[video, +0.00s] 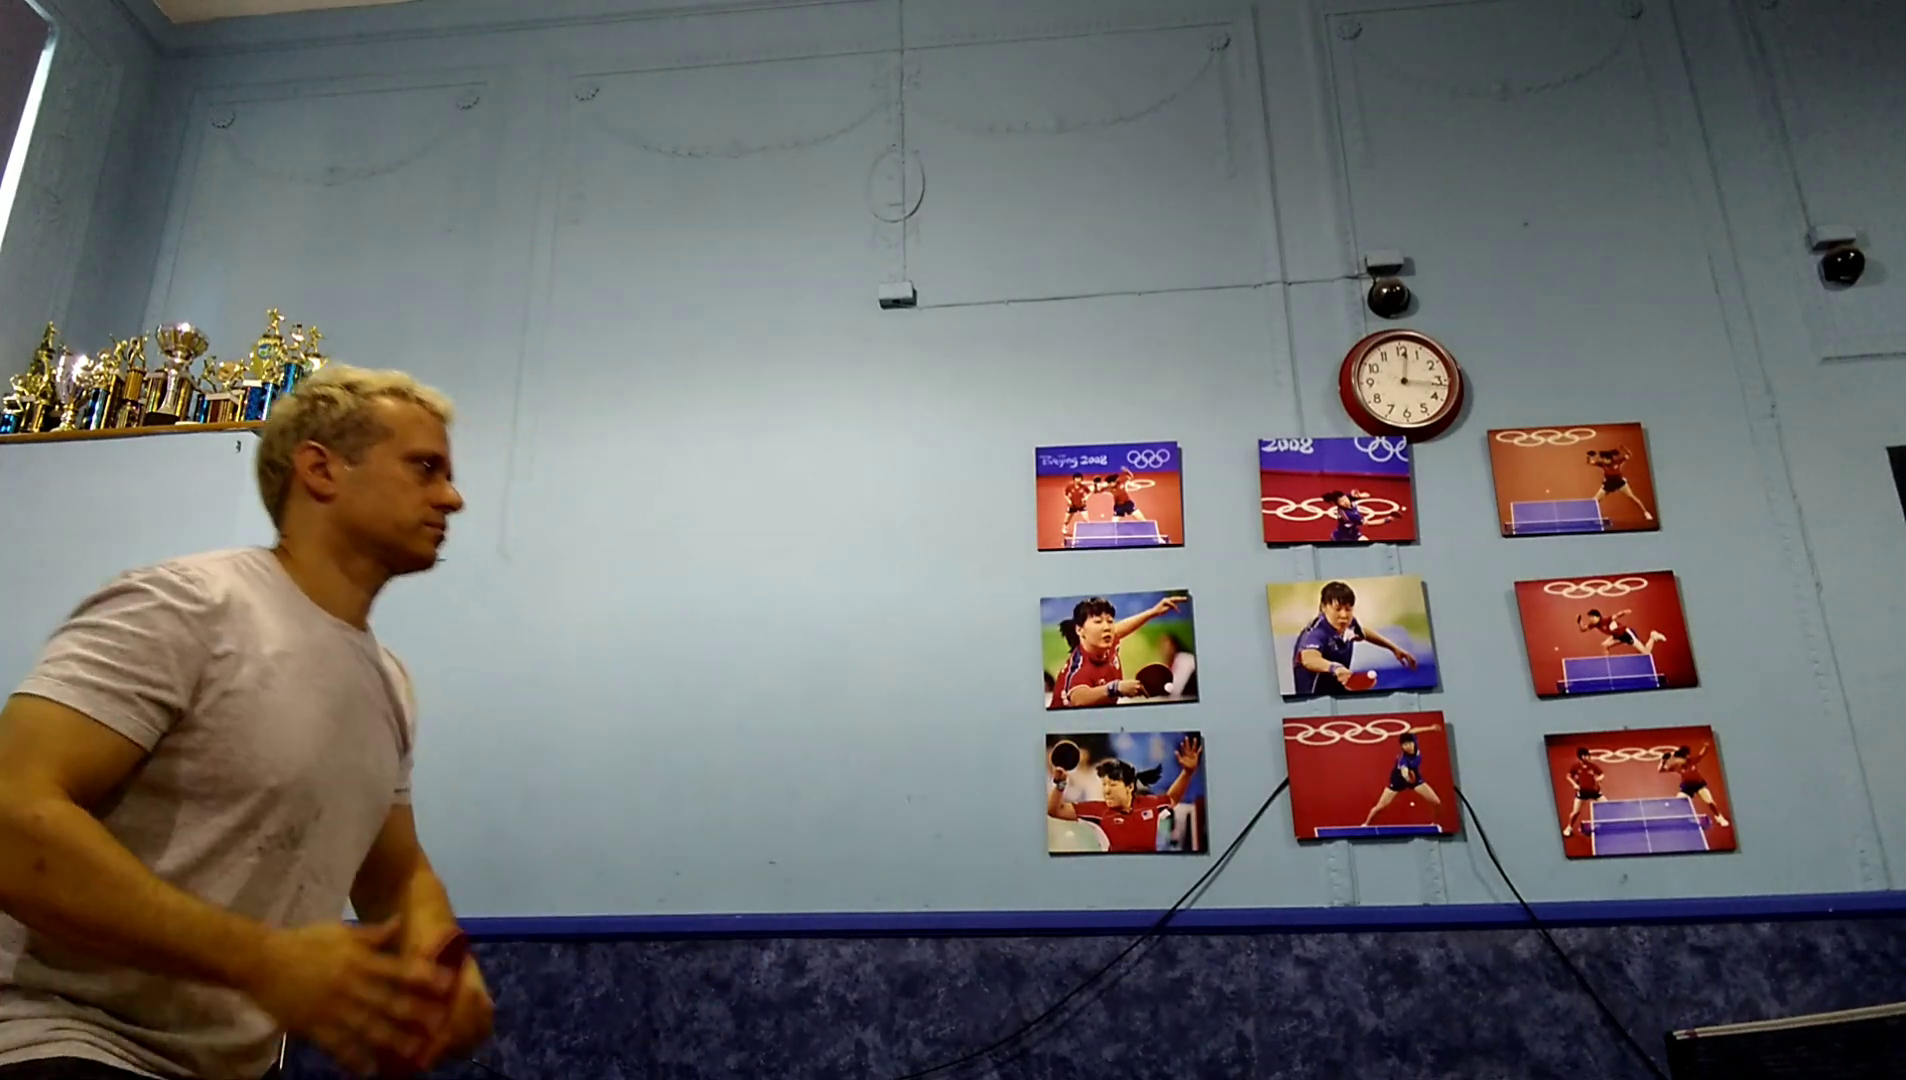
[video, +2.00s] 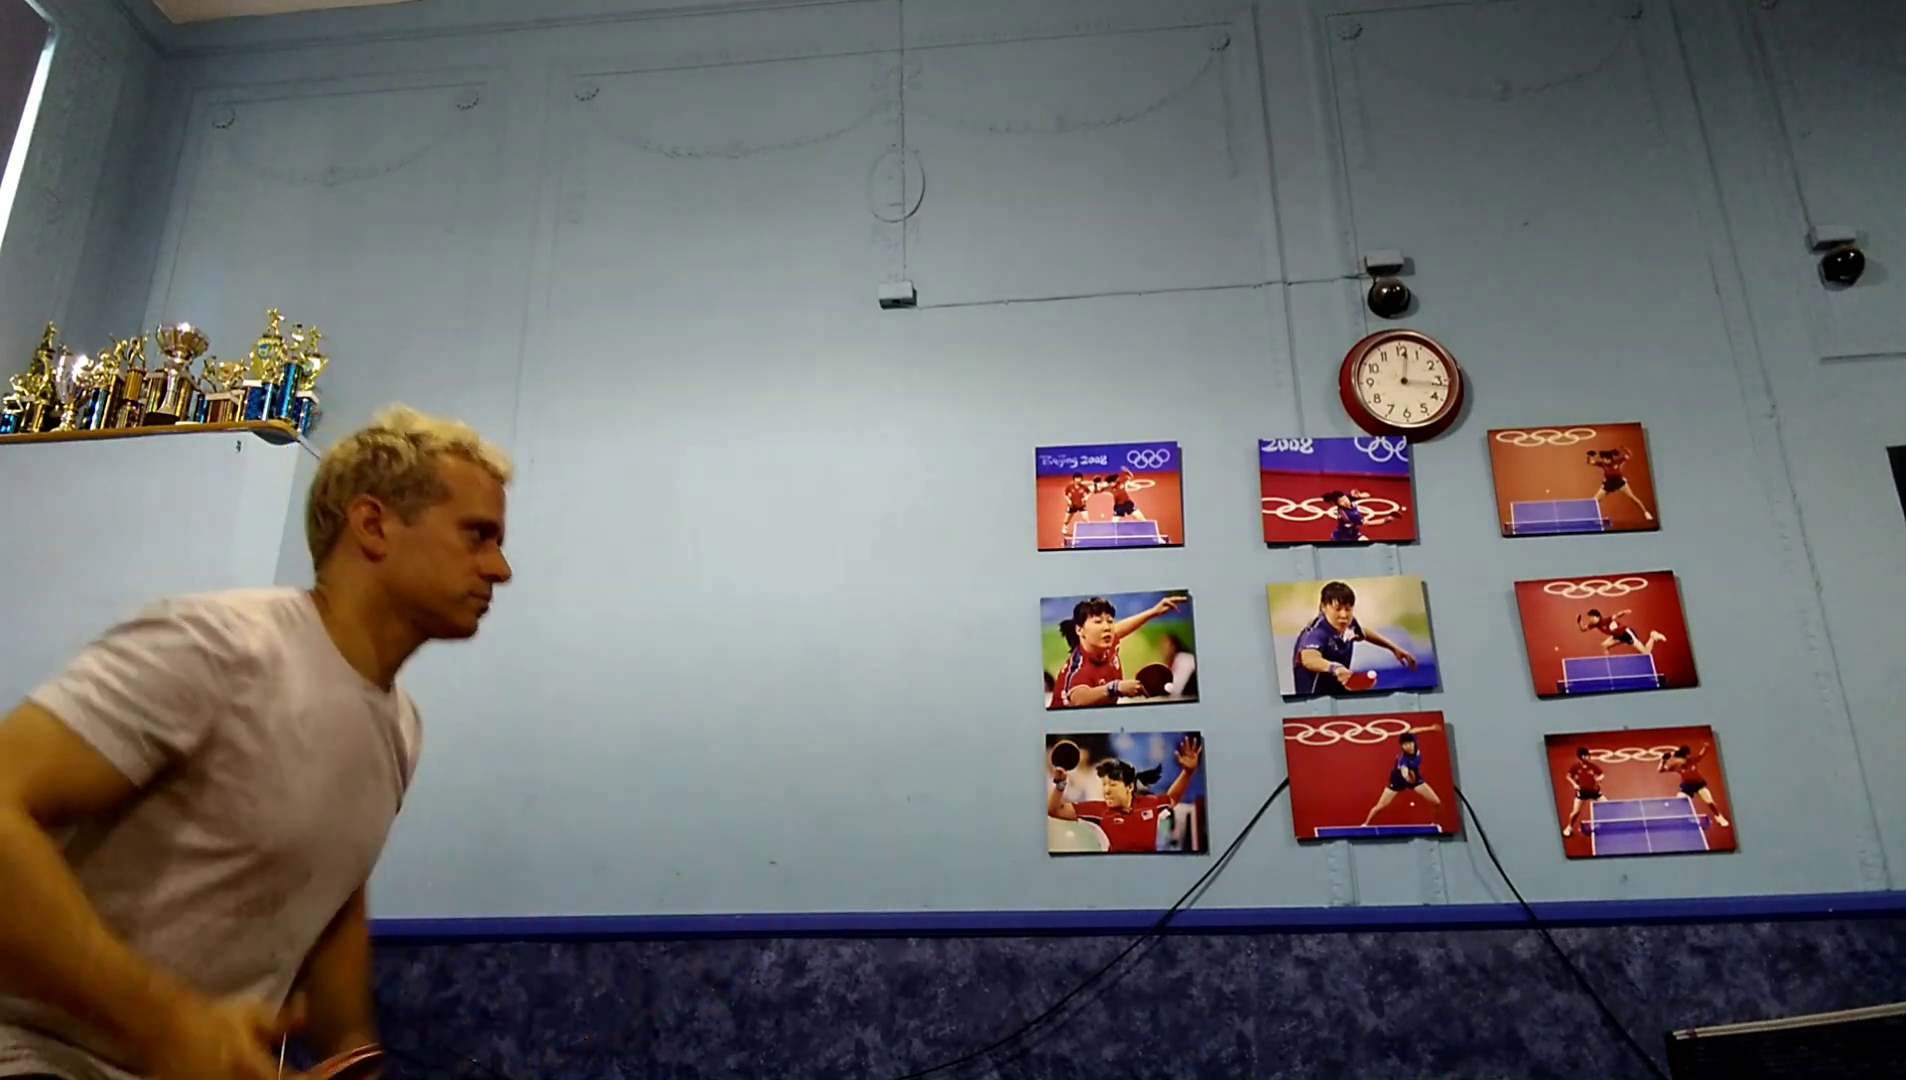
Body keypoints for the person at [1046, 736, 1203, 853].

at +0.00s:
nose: (1107, 790)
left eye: (1113, 785)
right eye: (1104, 785)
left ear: (1130, 787)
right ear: (1101, 787)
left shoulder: (1151, 805)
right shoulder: (1100, 811)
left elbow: (1172, 798)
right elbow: (1055, 811)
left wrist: (1188, 771)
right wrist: (1059, 785)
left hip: (1151, 872)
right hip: (1115, 874)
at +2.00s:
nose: (1106, 790)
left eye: (1113, 784)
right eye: (1104, 785)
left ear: (1130, 787)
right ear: (1101, 787)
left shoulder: (1151, 805)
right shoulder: (1100, 810)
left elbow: (1172, 798)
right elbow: (1055, 811)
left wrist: (1188, 771)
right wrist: (1060, 785)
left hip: (1150, 872)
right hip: (1115, 874)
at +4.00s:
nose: (1107, 790)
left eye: (1113, 785)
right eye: (1104, 785)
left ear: (1130, 787)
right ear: (1101, 786)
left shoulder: (1151, 804)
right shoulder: (1100, 810)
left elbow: (1173, 798)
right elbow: (1055, 811)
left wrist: (1188, 772)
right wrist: (1059, 785)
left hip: (1151, 872)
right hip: (1116, 874)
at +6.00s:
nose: (1107, 790)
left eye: (1113, 785)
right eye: (1104, 785)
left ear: (1130, 787)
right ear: (1101, 787)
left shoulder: (1151, 804)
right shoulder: (1100, 811)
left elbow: (1172, 798)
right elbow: (1055, 811)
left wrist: (1188, 771)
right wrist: (1060, 785)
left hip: (1152, 872)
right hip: (1116, 874)